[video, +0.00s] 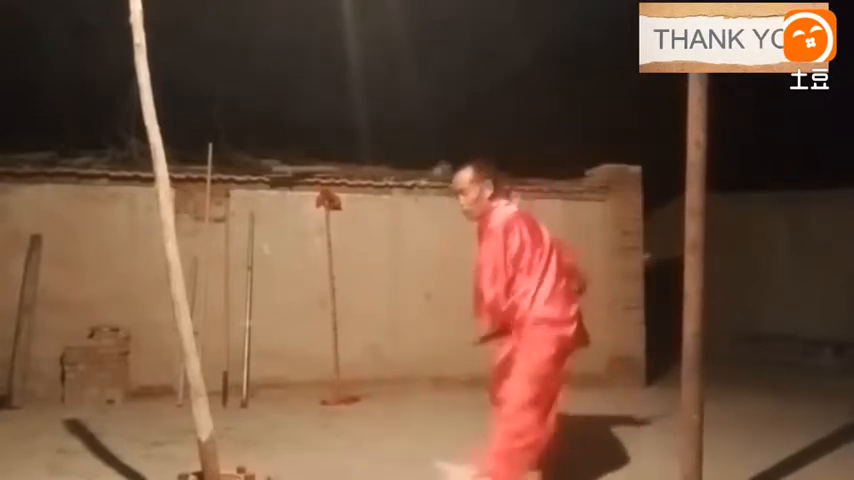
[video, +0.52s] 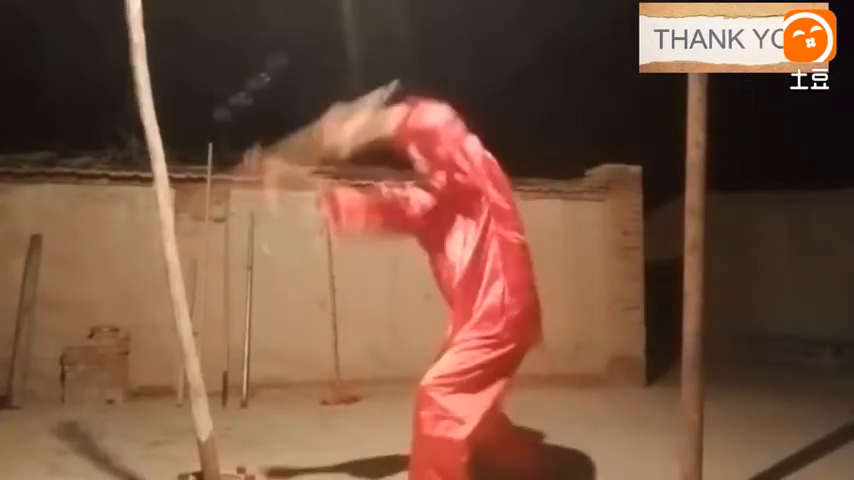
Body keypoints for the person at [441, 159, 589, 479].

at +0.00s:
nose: (462, 202)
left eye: (466, 193)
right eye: (459, 194)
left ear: (487, 188)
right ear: (485, 191)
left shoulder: (498, 222)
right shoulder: (517, 217)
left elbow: (492, 289)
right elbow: (568, 267)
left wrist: (498, 326)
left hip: (541, 323)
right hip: (556, 320)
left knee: (518, 398)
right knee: (529, 396)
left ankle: (500, 469)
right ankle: (528, 462)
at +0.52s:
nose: (418, 162)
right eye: (414, 156)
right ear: (413, 160)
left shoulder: (475, 181)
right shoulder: (429, 205)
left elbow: (439, 121)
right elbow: (371, 205)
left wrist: (367, 126)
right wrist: (311, 188)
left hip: (504, 319)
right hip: (471, 323)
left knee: (438, 392)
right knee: (461, 401)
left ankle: (436, 473)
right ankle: (526, 461)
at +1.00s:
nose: (404, 206)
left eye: (411, 196)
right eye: (404, 196)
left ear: (437, 200)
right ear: (433, 200)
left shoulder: (451, 238)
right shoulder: (445, 227)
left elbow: (376, 284)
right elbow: (391, 240)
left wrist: (344, 249)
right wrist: (342, 235)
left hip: (506, 346)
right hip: (493, 342)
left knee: (442, 394)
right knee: (462, 403)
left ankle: (440, 473)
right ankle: (497, 460)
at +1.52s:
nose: (422, 220)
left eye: (428, 211)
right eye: (421, 212)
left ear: (455, 212)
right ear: (452, 213)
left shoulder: (464, 251)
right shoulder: (461, 241)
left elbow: (398, 286)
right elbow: (405, 245)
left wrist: (352, 249)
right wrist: (354, 234)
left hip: (511, 357)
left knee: (440, 397)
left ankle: (440, 475)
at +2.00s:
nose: (428, 191)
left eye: (435, 183)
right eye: (427, 183)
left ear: (459, 184)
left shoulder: (470, 220)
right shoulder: (464, 217)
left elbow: (404, 246)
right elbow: (405, 223)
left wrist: (364, 209)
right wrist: (351, 205)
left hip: (496, 337)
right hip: (497, 335)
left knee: (437, 401)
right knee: (458, 406)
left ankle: (450, 474)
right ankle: (465, 473)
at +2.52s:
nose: (418, 158)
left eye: (425, 150)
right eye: (414, 151)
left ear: (448, 148)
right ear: (411, 153)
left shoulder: (467, 186)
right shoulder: (413, 190)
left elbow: (452, 230)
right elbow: (373, 200)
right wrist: (334, 200)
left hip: (481, 293)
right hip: (439, 293)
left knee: (461, 363)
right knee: (443, 365)